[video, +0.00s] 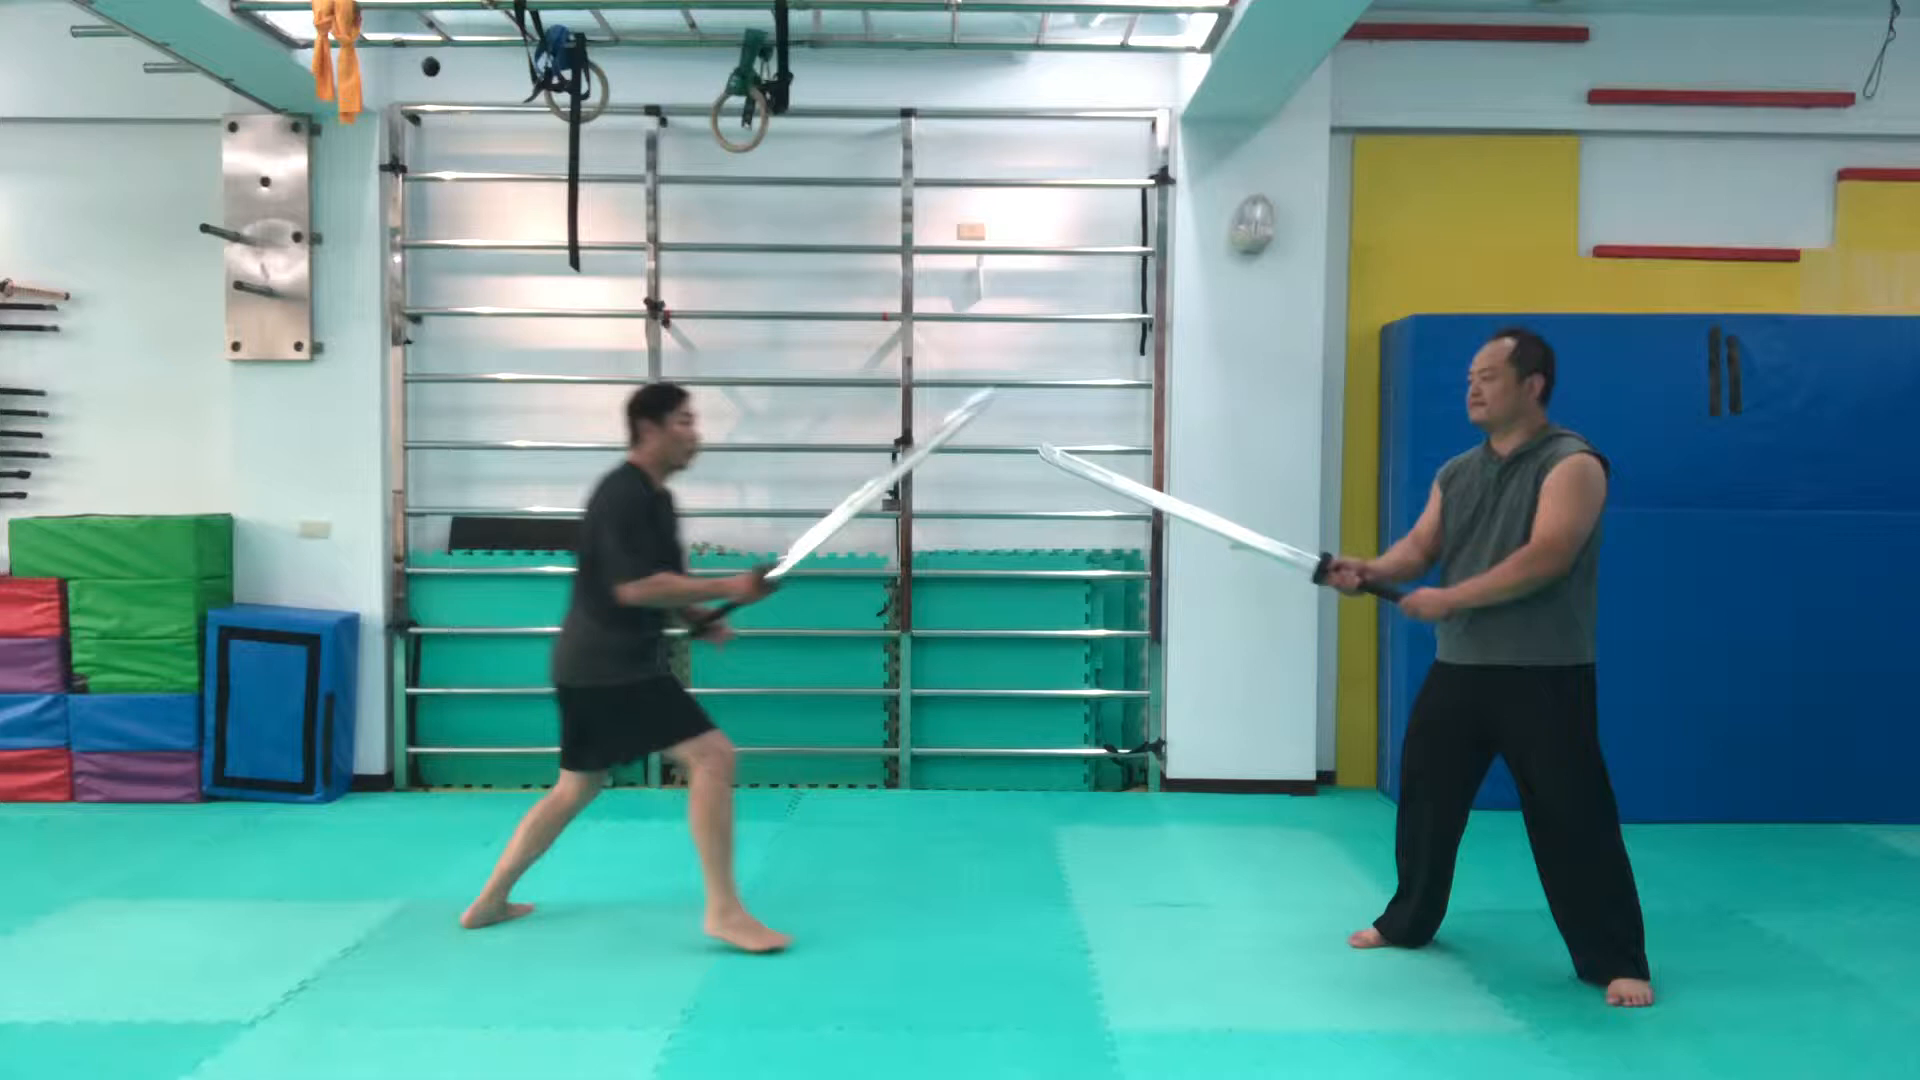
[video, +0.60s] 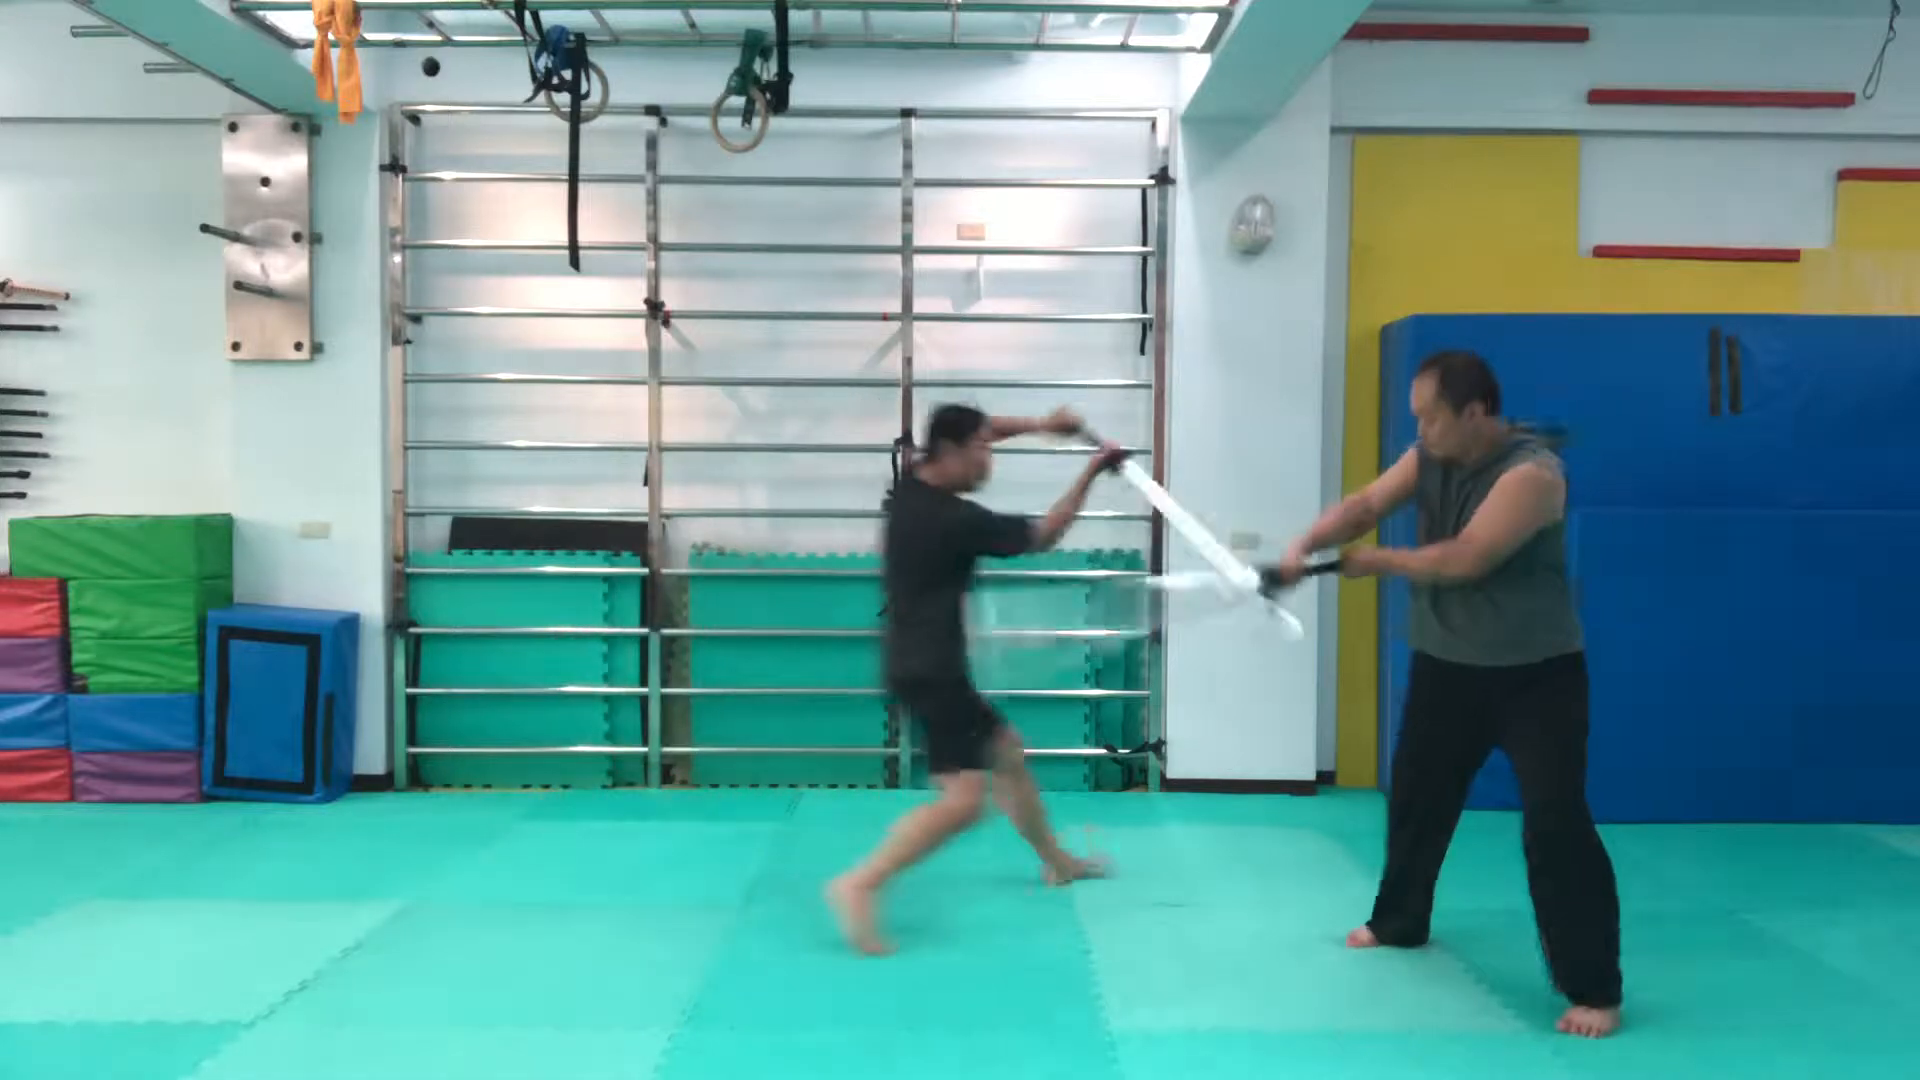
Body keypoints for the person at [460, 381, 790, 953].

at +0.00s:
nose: (696, 433)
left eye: (694, 422)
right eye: (685, 422)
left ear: (654, 433)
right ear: (648, 429)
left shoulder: (650, 494)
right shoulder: (626, 492)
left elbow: (651, 580)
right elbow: (631, 586)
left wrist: (694, 616)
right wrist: (727, 588)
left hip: (591, 669)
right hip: (616, 670)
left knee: (575, 787)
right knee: (713, 757)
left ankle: (488, 901)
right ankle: (724, 911)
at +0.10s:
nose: (720, 437)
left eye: (718, 426)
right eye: (709, 427)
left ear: (680, 437)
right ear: (673, 434)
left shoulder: (683, 500)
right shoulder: (651, 494)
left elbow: (689, 574)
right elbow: (673, 579)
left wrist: (729, 610)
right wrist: (772, 577)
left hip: (617, 675)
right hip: (642, 676)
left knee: (578, 792)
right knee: (739, 761)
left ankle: (488, 901)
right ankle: (743, 916)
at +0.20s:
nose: (768, 446)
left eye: (766, 435)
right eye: (757, 436)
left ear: (727, 445)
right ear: (723, 443)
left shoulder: (746, 510)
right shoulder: (696, 504)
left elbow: (788, 581)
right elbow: (771, 557)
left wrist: (825, 586)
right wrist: (866, 546)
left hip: (681, 689)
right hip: (694, 690)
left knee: (624, 796)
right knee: (782, 776)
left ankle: (511, 875)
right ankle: (748, 930)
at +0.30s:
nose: (822, 453)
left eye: (820, 443)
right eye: (814, 444)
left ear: (791, 451)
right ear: (784, 451)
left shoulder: (806, 512)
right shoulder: (757, 516)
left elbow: (838, 577)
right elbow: (812, 589)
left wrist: (878, 596)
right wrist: (896, 569)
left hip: (755, 685)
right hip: (741, 687)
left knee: (740, 805)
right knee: (817, 789)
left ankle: (610, 837)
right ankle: (749, 933)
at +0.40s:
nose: (888, 453)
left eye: (884, 442)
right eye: (878, 443)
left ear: (841, 455)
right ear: (845, 453)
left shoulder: (843, 509)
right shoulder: (831, 520)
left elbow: (882, 577)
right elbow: (880, 607)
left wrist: (951, 580)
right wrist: (953, 587)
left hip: (800, 677)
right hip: (790, 683)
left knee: (865, 760)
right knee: (837, 808)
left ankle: (773, 853)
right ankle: (750, 932)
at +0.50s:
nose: (941, 453)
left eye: (938, 441)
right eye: (934, 443)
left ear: (895, 446)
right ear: (904, 447)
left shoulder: (870, 481)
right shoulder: (894, 510)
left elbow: (944, 473)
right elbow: (968, 575)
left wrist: (1004, 486)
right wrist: (1028, 524)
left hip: (860, 660)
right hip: (857, 670)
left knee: (943, 725)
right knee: (883, 801)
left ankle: (978, 855)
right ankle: (775, 903)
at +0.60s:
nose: (988, 464)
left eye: (987, 451)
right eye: (981, 452)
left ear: (941, 452)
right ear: (950, 454)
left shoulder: (911, 488)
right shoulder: (950, 515)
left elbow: (977, 430)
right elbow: (1043, 535)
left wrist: (1042, 425)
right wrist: (1091, 470)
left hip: (917, 668)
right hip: (934, 674)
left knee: (1007, 754)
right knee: (965, 800)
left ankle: (1056, 862)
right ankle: (856, 887)